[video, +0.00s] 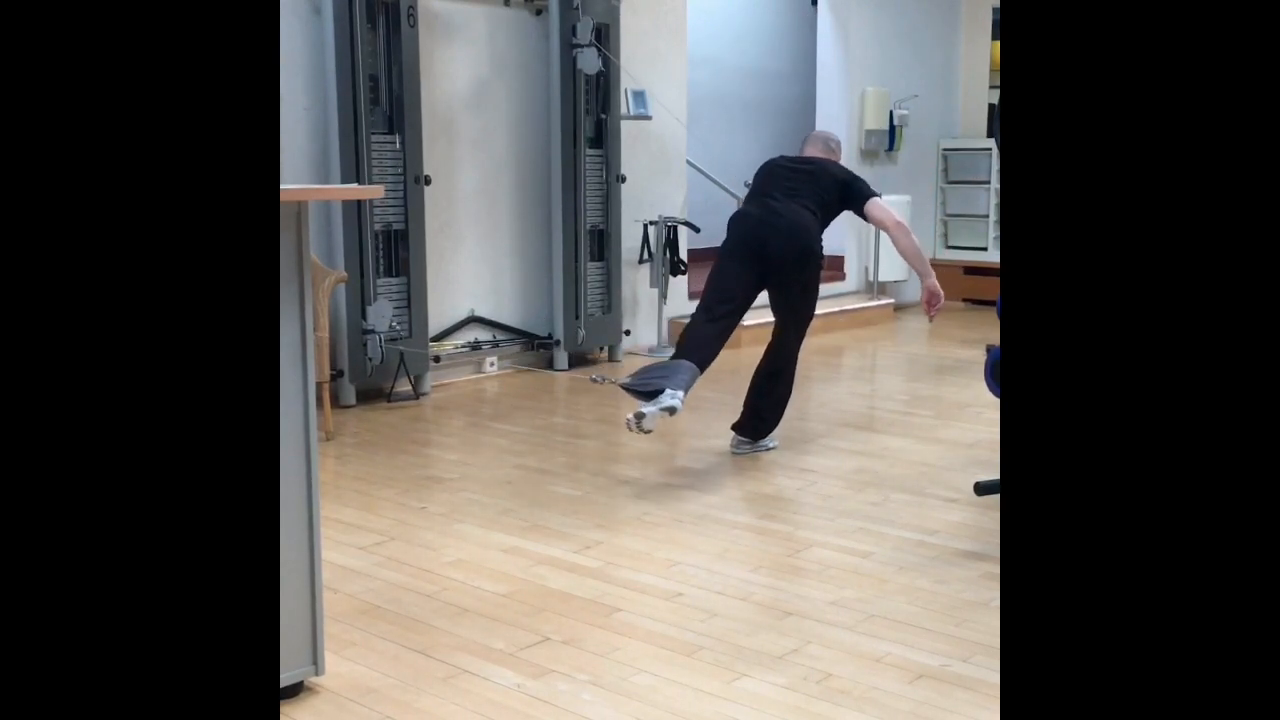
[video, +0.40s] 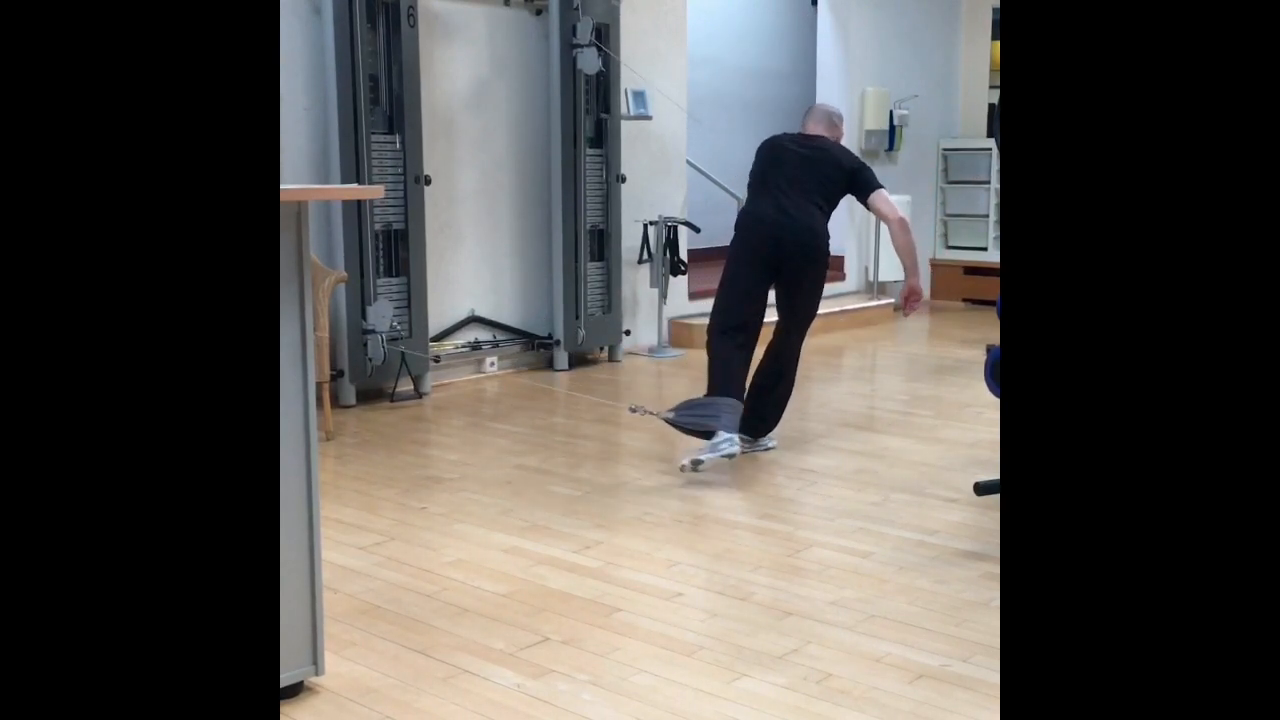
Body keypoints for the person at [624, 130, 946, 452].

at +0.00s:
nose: (838, 164)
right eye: (839, 160)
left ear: (803, 151)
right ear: (836, 158)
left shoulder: (773, 166)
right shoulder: (842, 177)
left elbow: (749, 204)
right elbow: (893, 223)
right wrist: (928, 277)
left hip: (746, 234)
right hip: (798, 246)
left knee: (714, 313)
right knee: (787, 338)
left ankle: (674, 387)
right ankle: (750, 432)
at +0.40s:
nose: (842, 142)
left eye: (841, 139)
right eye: (843, 138)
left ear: (803, 126)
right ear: (838, 134)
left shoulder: (772, 144)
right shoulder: (846, 160)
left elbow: (755, 195)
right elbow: (896, 219)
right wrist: (913, 278)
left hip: (753, 240)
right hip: (805, 249)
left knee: (729, 329)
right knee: (788, 337)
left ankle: (723, 429)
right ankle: (754, 430)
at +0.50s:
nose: (842, 136)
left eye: (840, 133)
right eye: (843, 132)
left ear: (801, 119)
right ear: (838, 128)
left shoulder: (770, 139)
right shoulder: (845, 156)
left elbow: (754, 193)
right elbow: (894, 218)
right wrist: (906, 276)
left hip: (753, 240)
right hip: (806, 249)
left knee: (728, 331)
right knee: (788, 339)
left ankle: (738, 430)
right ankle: (759, 428)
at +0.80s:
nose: (835, 118)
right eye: (837, 114)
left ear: (793, 99)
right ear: (834, 112)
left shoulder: (762, 123)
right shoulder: (843, 147)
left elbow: (759, 178)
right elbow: (877, 222)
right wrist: (851, 272)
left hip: (755, 239)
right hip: (808, 249)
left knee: (722, 336)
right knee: (786, 342)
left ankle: (759, 436)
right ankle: (751, 435)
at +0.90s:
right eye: (831, 106)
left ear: (788, 93)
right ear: (828, 105)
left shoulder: (758, 118)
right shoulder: (840, 144)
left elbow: (746, 163)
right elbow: (867, 223)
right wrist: (838, 260)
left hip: (754, 245)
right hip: (806, 254)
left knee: (721, 340)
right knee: (783, 345)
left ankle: (759, 443)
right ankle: (751, 436)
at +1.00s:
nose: (782, 95)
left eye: (781, 89)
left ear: (782, 88)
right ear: (822, 100)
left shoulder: (754, 114)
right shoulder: (837, 141)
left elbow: (735, 156)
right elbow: (855, 222)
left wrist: (776, 145)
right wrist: (825, 251)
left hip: (757, 245)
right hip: (808, 256)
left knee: (715, 343)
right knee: (781, 348)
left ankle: (758, 445)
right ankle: (753, 439)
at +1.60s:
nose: (711, 83)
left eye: (715, 74)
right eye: (712, 74)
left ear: (736, 76)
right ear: (756, 78)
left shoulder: (732, 118)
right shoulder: (791, 120)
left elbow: (658, 152)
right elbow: (789, 197)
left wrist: (655, 127)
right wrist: (735, 239)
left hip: (794, 256)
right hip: (819, 251)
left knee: (728, 346)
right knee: (781, 344)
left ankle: (762, 463)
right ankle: (789, 430)